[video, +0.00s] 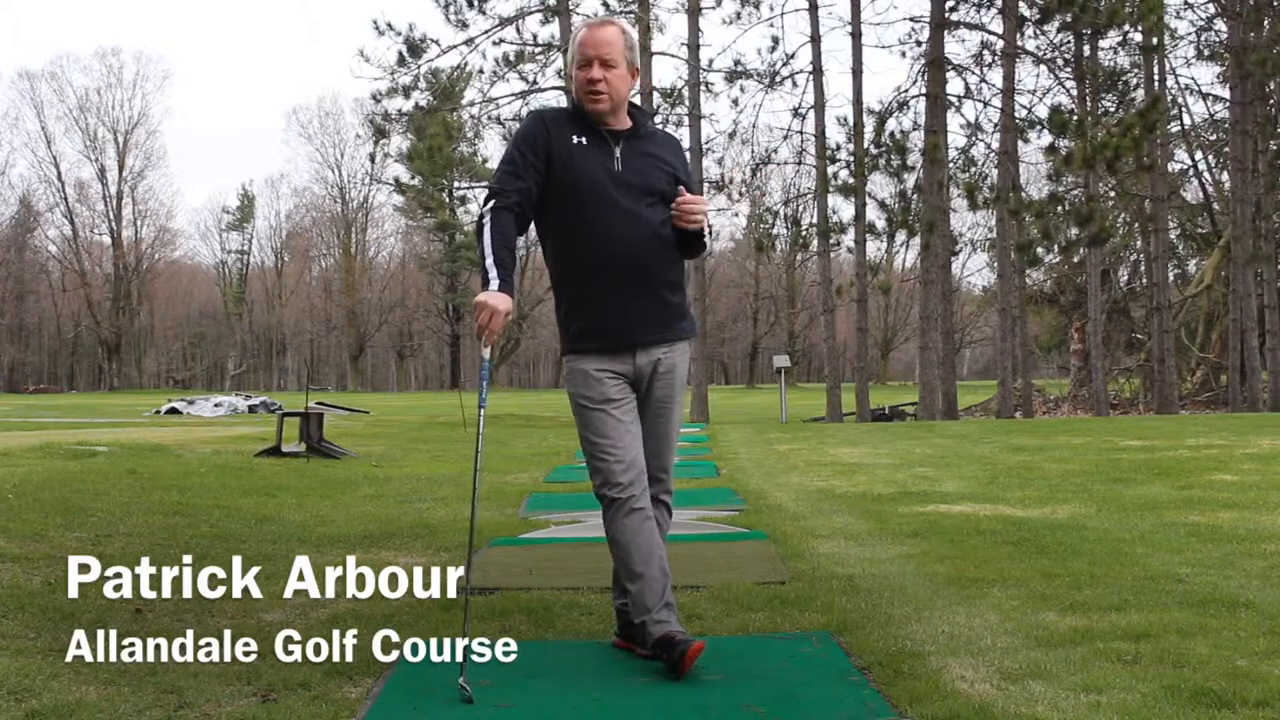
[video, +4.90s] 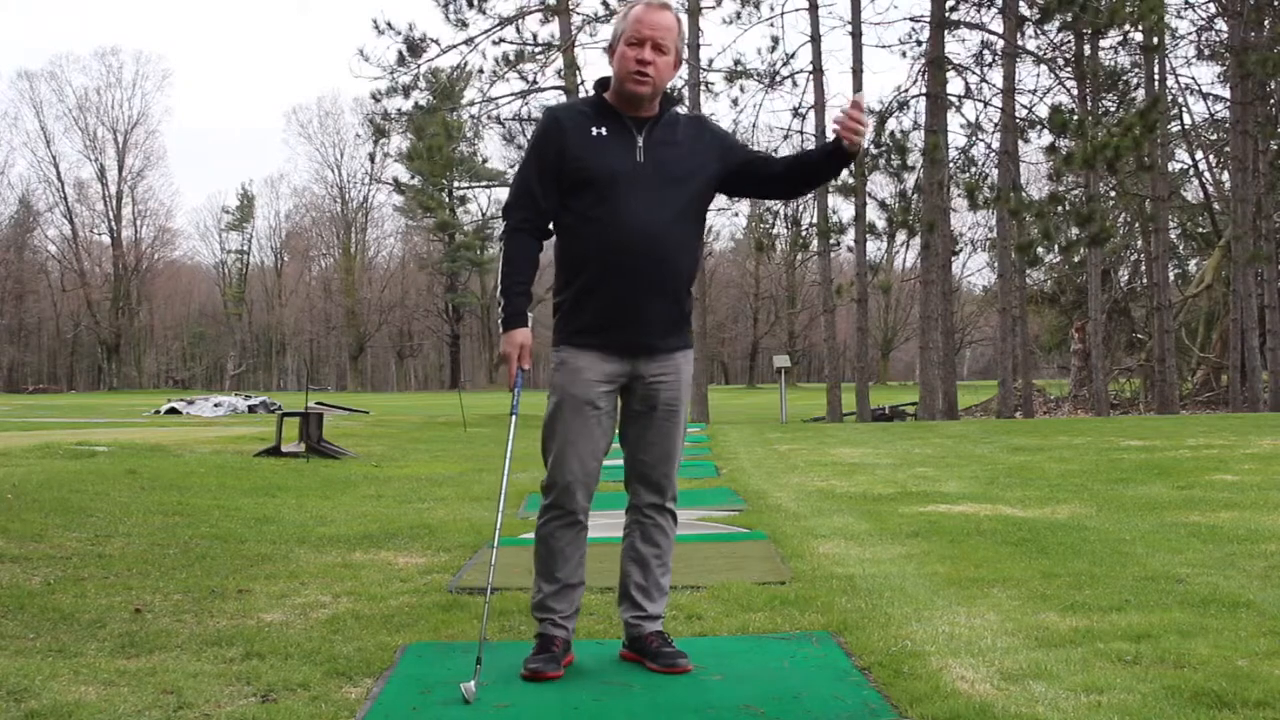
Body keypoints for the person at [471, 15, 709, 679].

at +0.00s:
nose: (593, 75)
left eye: (606, 64)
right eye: (583, 64)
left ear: (632, 74)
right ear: (569, 73)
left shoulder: (665, 147)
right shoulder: (545, 132)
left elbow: (688, 249)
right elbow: (503, 207)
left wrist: (695, 226)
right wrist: (498, 284)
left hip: (666, 341)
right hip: (591, 347)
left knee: (655, 490)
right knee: (624, 487)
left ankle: (632, 618)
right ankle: (663, 629)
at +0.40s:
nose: (597, 74)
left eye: (611, 64)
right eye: (587, 62)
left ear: (633, 76)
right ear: (569, 70)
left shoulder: (657, 142)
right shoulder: (538, 127)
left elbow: (690, 243)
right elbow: (495, 205)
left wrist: (687, 221)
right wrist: (494, 282)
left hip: (651, 341)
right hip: (571, 340)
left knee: (645, 484)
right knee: (566, 467)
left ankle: (637, 616)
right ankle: (558, 623)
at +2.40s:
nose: (545, 67)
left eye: (557, 58)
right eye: (533, 52)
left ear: (565, 68)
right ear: (500, 57)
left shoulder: (587, 134)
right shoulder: (455, 139)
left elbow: (637, 212)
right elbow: (427, 239)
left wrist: (661, 169)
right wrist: (432, 332)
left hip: (578, 340)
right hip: (497, 346)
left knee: (594, 492)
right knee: (516, 496)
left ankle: (608, 627)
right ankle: (527, 630)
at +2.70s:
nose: (544, 68)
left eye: (554, 58)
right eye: (531, 55)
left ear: (563, 66)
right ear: (496, 59)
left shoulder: (582, 132)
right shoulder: (451, 141)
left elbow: (622, 206)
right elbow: (426, 246)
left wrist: (637, 240)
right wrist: (430, 339)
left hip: (577, 341)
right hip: (494, 346)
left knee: (594, 493)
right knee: (514, 496)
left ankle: (608, 628)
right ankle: (527, 631)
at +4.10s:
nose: (554, 59)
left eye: (567, 50)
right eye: (542, 46)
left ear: (581, 65)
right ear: (515, 54)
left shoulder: (607, 135)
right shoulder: (471, 137)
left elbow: (680, 191)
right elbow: (438, 237)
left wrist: (660, 154)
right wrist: (443, 334)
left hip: (595, 341)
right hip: (513, 346)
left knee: (620, 489)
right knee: (523, 495)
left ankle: (643, 629)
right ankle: (529, 632)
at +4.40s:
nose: (597, 57)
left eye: (611, 50)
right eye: (587, 43)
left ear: (623, 66)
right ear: (559, 50)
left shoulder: (649, 137)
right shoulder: (510, 132)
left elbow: (720, 181)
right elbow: (473, 234)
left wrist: (741, 140)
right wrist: (476, 328)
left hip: (629, 344)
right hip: (545, 345)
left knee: (636, 494)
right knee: (539, 495)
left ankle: (644, 628)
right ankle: (530, 630)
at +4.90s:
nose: (643, 56)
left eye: (658, 48)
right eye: (634, 44)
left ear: (676, 65)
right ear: (611, 53)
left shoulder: (701, 140)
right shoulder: (564, 129)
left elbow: (776, 179)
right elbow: (523, 227)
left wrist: (840, 149)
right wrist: (515, 319)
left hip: (666, 347)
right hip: (583, 343)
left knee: (655, 496)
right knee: (566, 494)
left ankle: (645, 629)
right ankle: (553, 632)